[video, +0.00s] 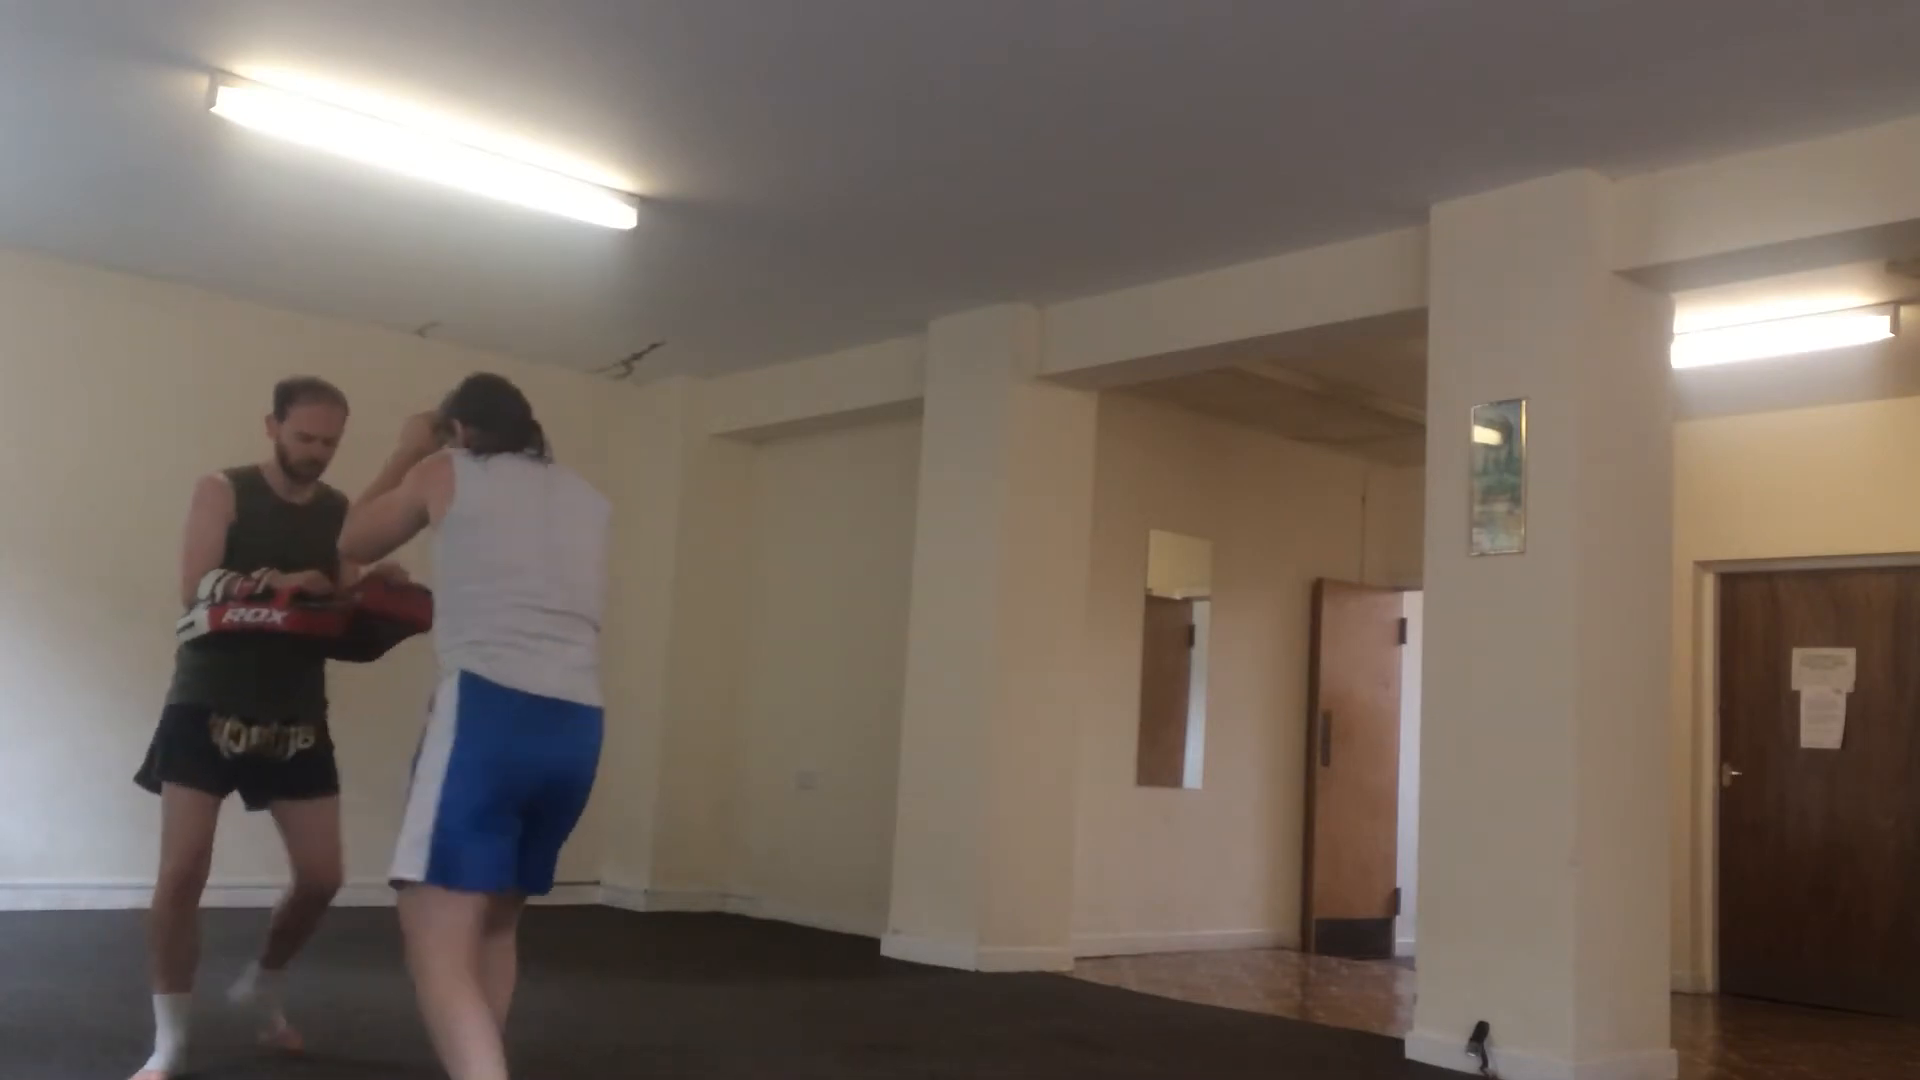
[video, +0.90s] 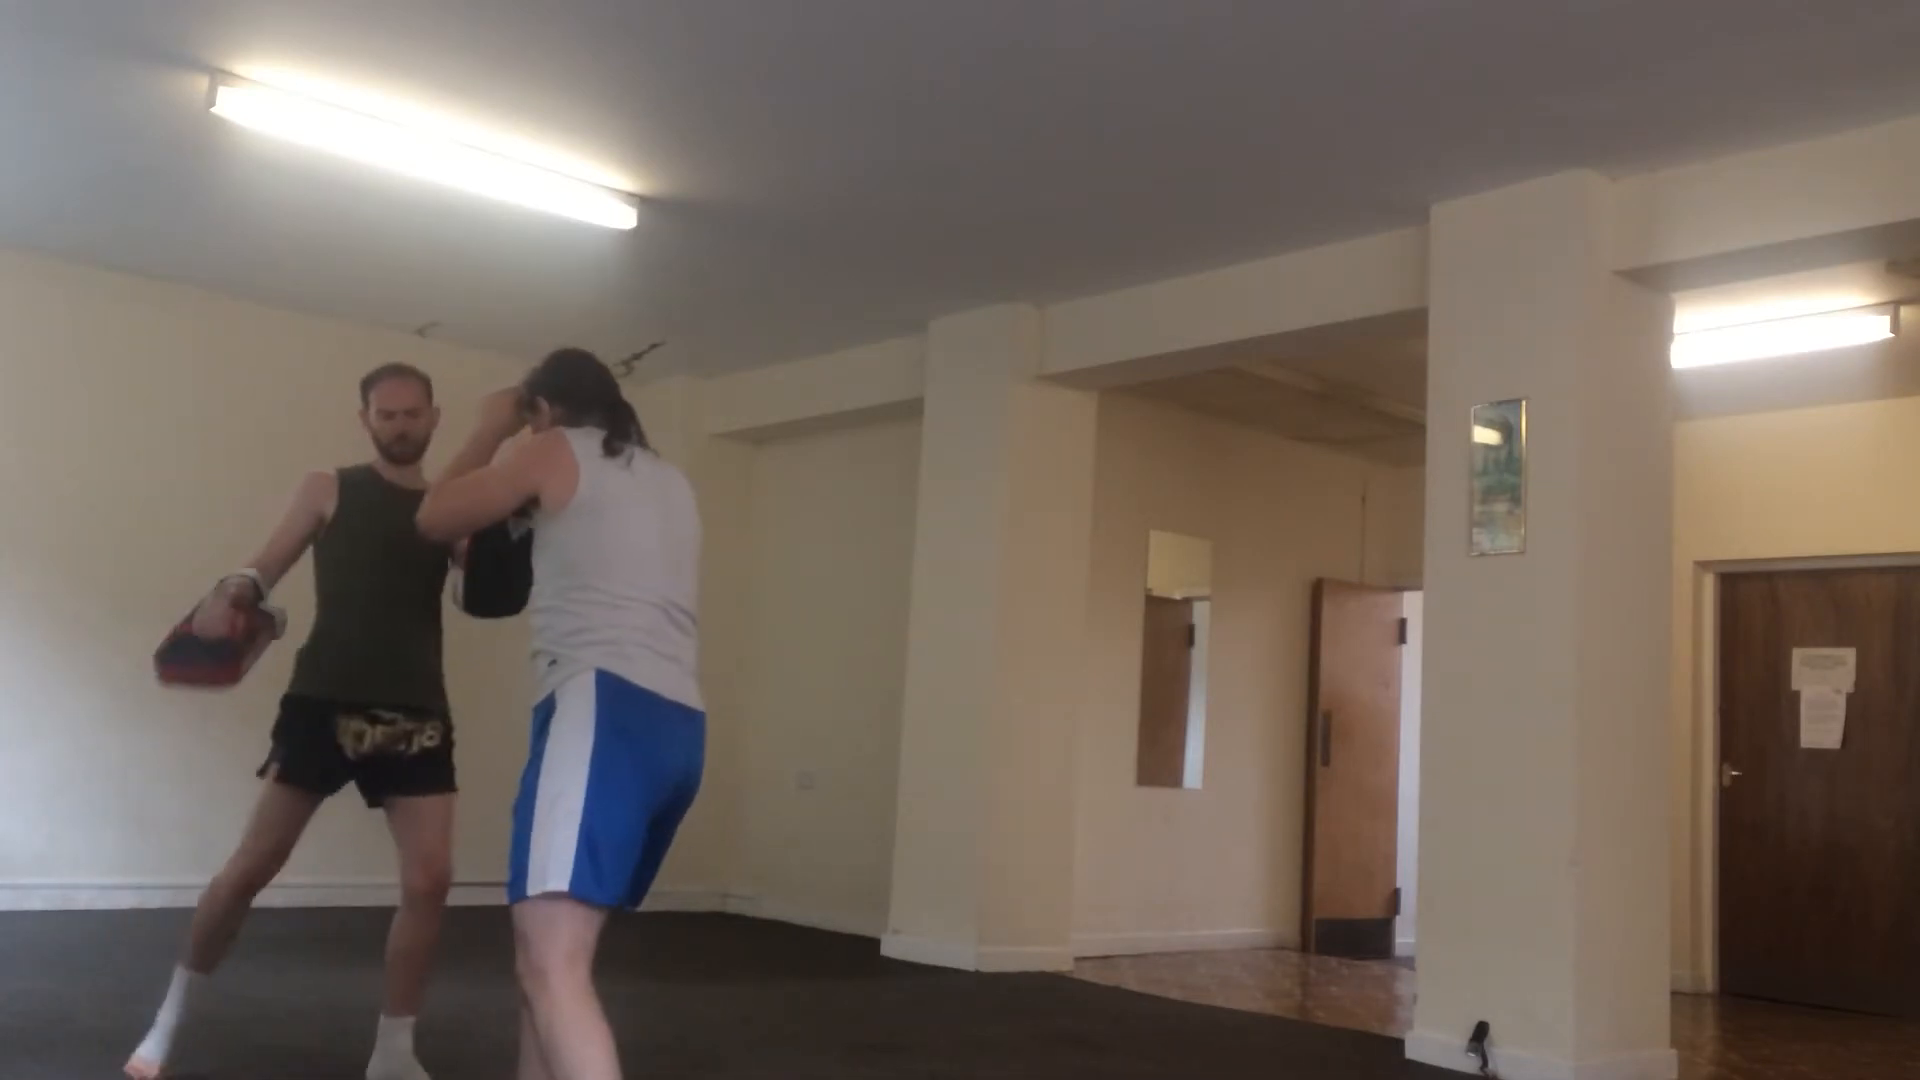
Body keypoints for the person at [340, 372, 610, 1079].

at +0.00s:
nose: (447, 444)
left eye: (447, 434)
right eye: (448, 434)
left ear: (461, 432)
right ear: (528, 431)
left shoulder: (451, 474)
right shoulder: (588, 499)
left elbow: (353, 540)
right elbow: (533, 601)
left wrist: (401, 455)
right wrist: (416, 595)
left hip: (484, 720)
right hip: (574, 732)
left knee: (441, 955)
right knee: (500, 924)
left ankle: (483, 1071)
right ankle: (475, 1070)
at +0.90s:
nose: (531, 422)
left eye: (530, 411)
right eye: (531, 410)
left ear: (545, 407)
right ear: (611, 406)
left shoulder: (553, 451)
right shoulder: (671, 481)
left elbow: (435, 514)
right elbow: (603, 560)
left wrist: (486, 431)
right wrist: (499, 547)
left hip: (598, 707)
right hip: (674, 727)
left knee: (554, 966)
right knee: (547, 961)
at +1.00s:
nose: (539, 422)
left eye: (539, 411)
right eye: (539, 410)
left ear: (554, 408)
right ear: (623, 408)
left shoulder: (559, 452)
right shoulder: (682, 484)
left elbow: (443, 514)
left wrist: (495, 431)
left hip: (603, 713)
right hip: (682, 732)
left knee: (543, 965)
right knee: (550, 957)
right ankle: (535, 1071)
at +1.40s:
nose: (585, 394)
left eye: (588, 382)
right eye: (586, 381)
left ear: (604, 383)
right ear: (676, 389)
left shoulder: (603, 432)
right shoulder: (730, 467)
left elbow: (480, 486)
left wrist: (538, 407)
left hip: (637, 701)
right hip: (719, 719)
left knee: (578, 951)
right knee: (626, 940)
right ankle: (645, 1072)